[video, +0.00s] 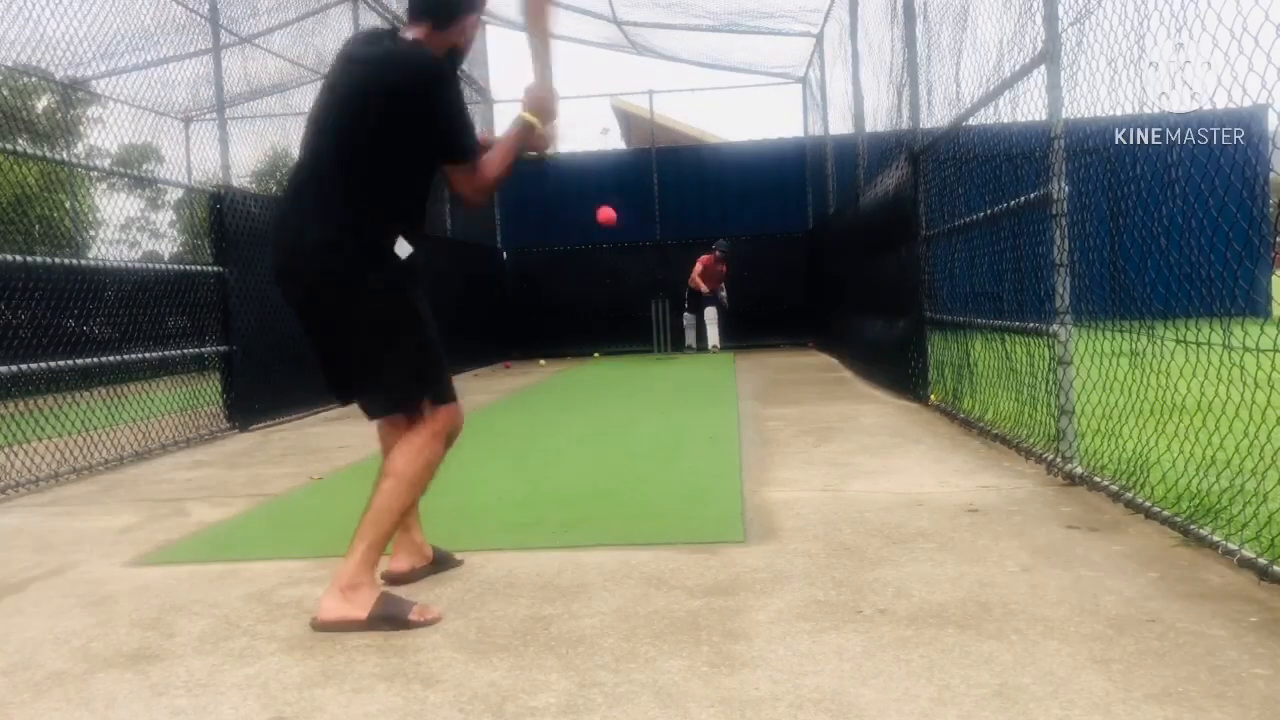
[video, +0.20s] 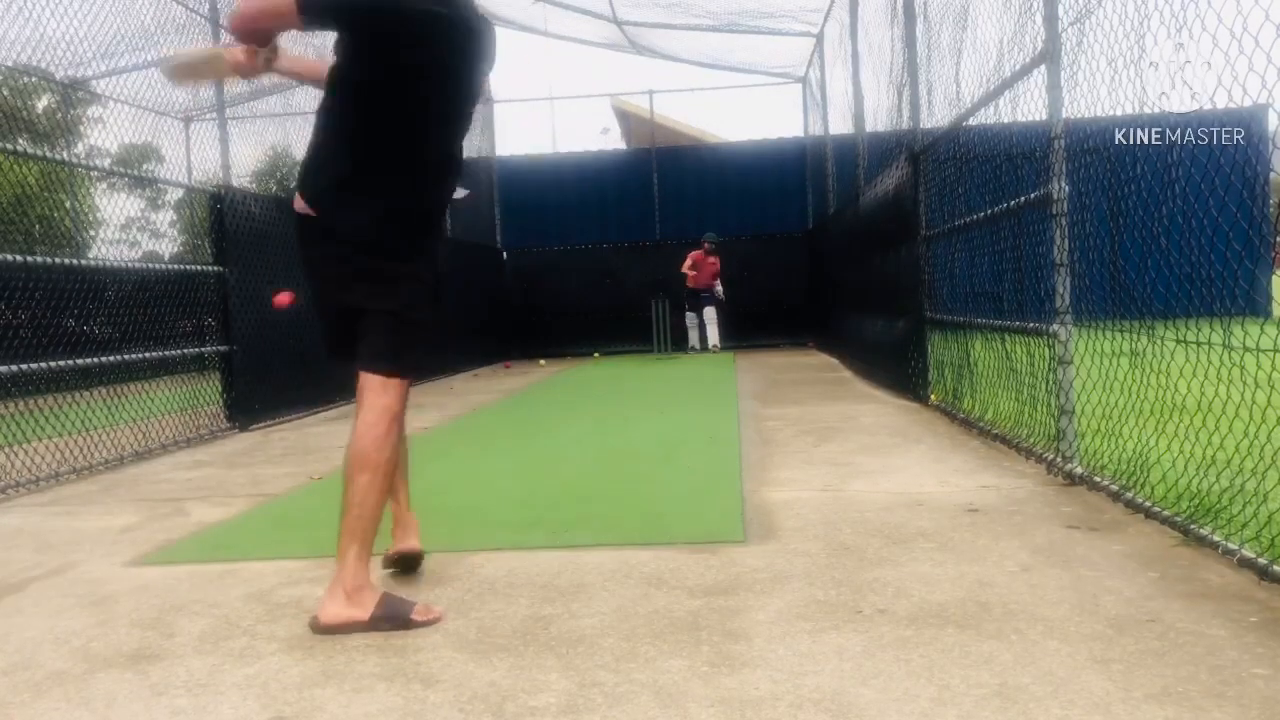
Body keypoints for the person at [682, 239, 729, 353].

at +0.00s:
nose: (721, 254)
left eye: (723, 252)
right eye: (719, 251)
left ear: (725, 254)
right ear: (714, 250)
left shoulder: (722, 266)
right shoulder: (704, 260)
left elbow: (720, 283)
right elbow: (694, 275)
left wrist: (723, 294)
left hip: (710, 292)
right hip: (695, 290)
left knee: (711, 315)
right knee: (690, 317)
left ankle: (714, 345)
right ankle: (690, 345)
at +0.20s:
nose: (709, 246)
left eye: (711, 244)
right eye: (707, 243)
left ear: (714, 245)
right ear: (703, 243)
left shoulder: (715, 259)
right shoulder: (694, 255)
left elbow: (716, 277)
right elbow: (684, 269)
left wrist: (719, 289)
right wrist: (689, 272)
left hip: (707, 290)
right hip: (693, 290)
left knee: (710, 316)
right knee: (691, 318)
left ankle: (714, 344)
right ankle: (693, 346)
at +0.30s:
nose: (704, 244)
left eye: (706, 242)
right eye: (702, 242)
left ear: (709, 244)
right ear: (698, 242)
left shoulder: (712, 257)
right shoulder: (689, 255)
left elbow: (715, 275)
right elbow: (682, 270)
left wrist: (717, 285)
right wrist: (686, 274)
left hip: (706, 290)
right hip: (691, 290)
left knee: (710, 315)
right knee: (691, 318)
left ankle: (714, 344)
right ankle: (693, 345)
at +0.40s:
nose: (699, 243)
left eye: (702, 241)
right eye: (697, 241)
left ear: (706, 243)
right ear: (694, 242)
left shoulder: (711, 257)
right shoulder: (687, 256)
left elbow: (715, 274)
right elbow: (682, 271)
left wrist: (717, 284)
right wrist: (687, 277)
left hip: (706, 289)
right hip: (691, 290)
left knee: (711, 316)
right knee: (691, 318)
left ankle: (716, 344)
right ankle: (693, 345)